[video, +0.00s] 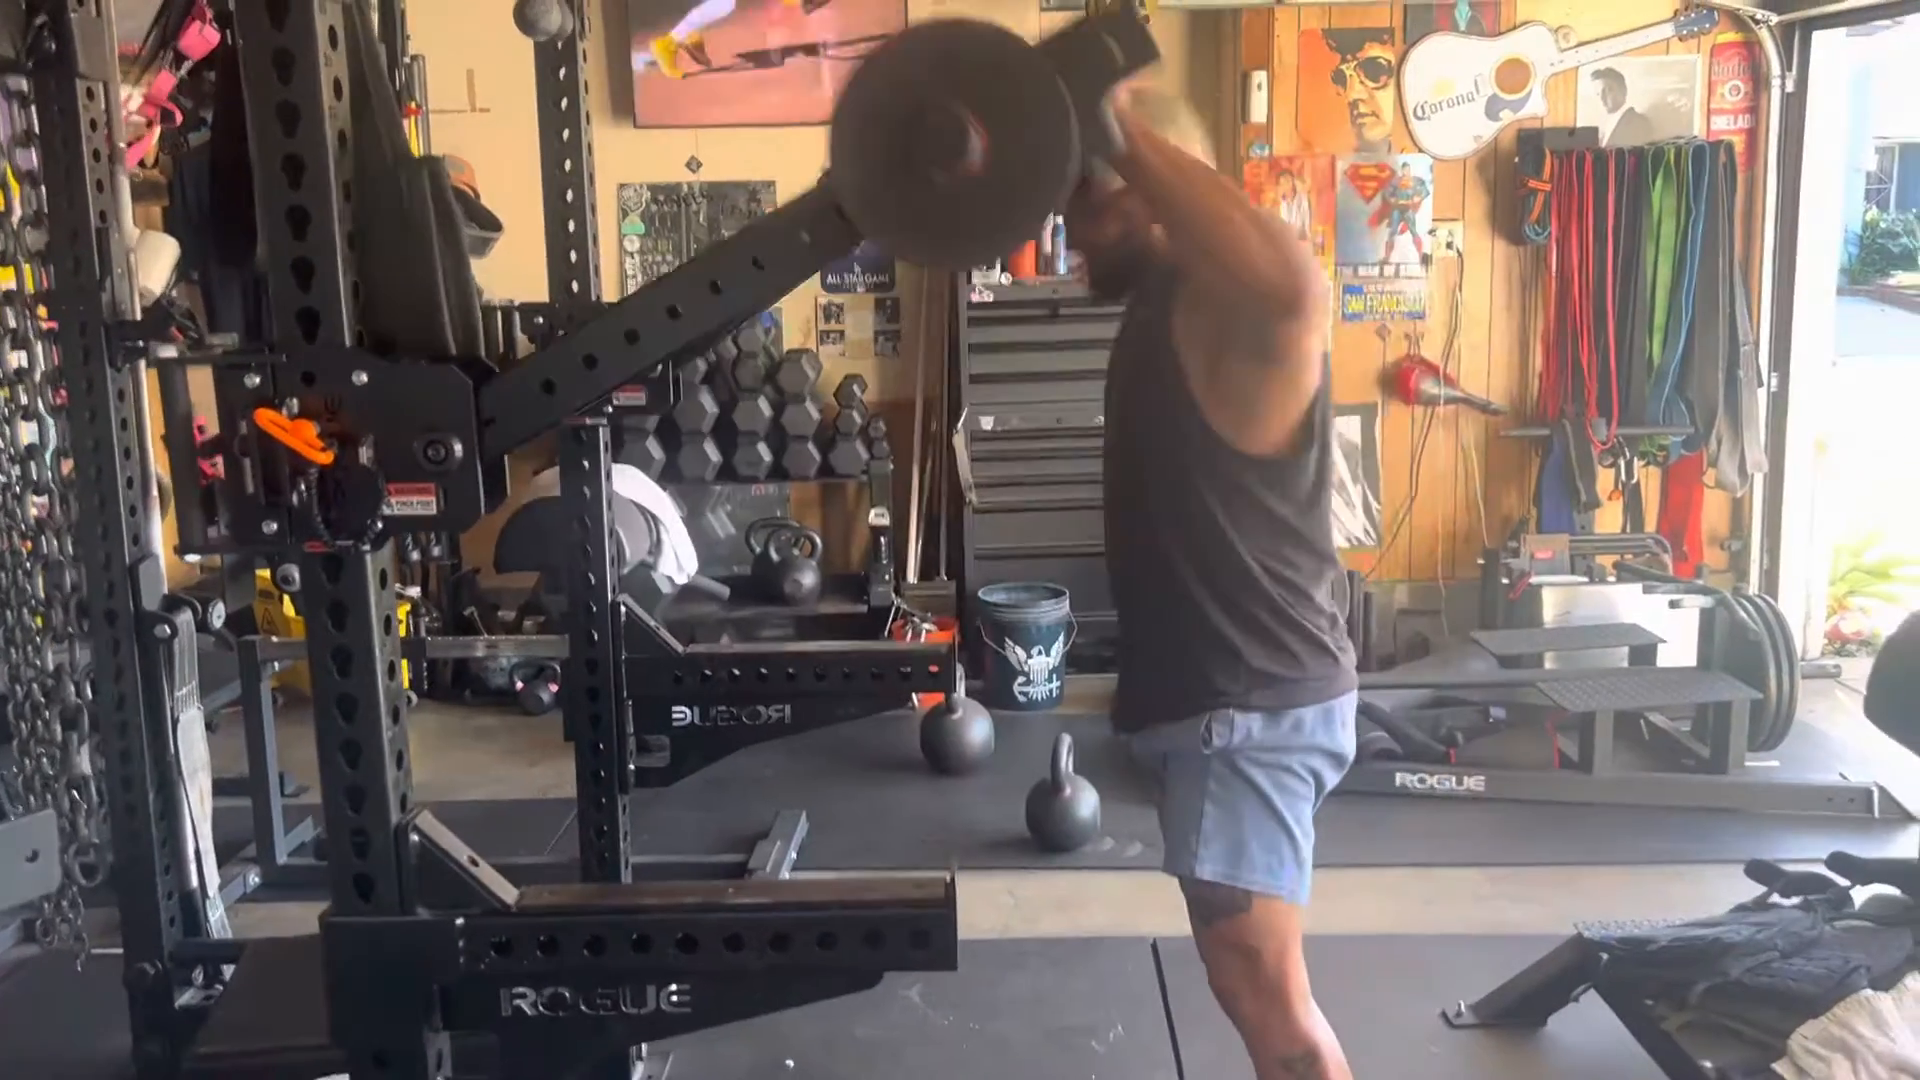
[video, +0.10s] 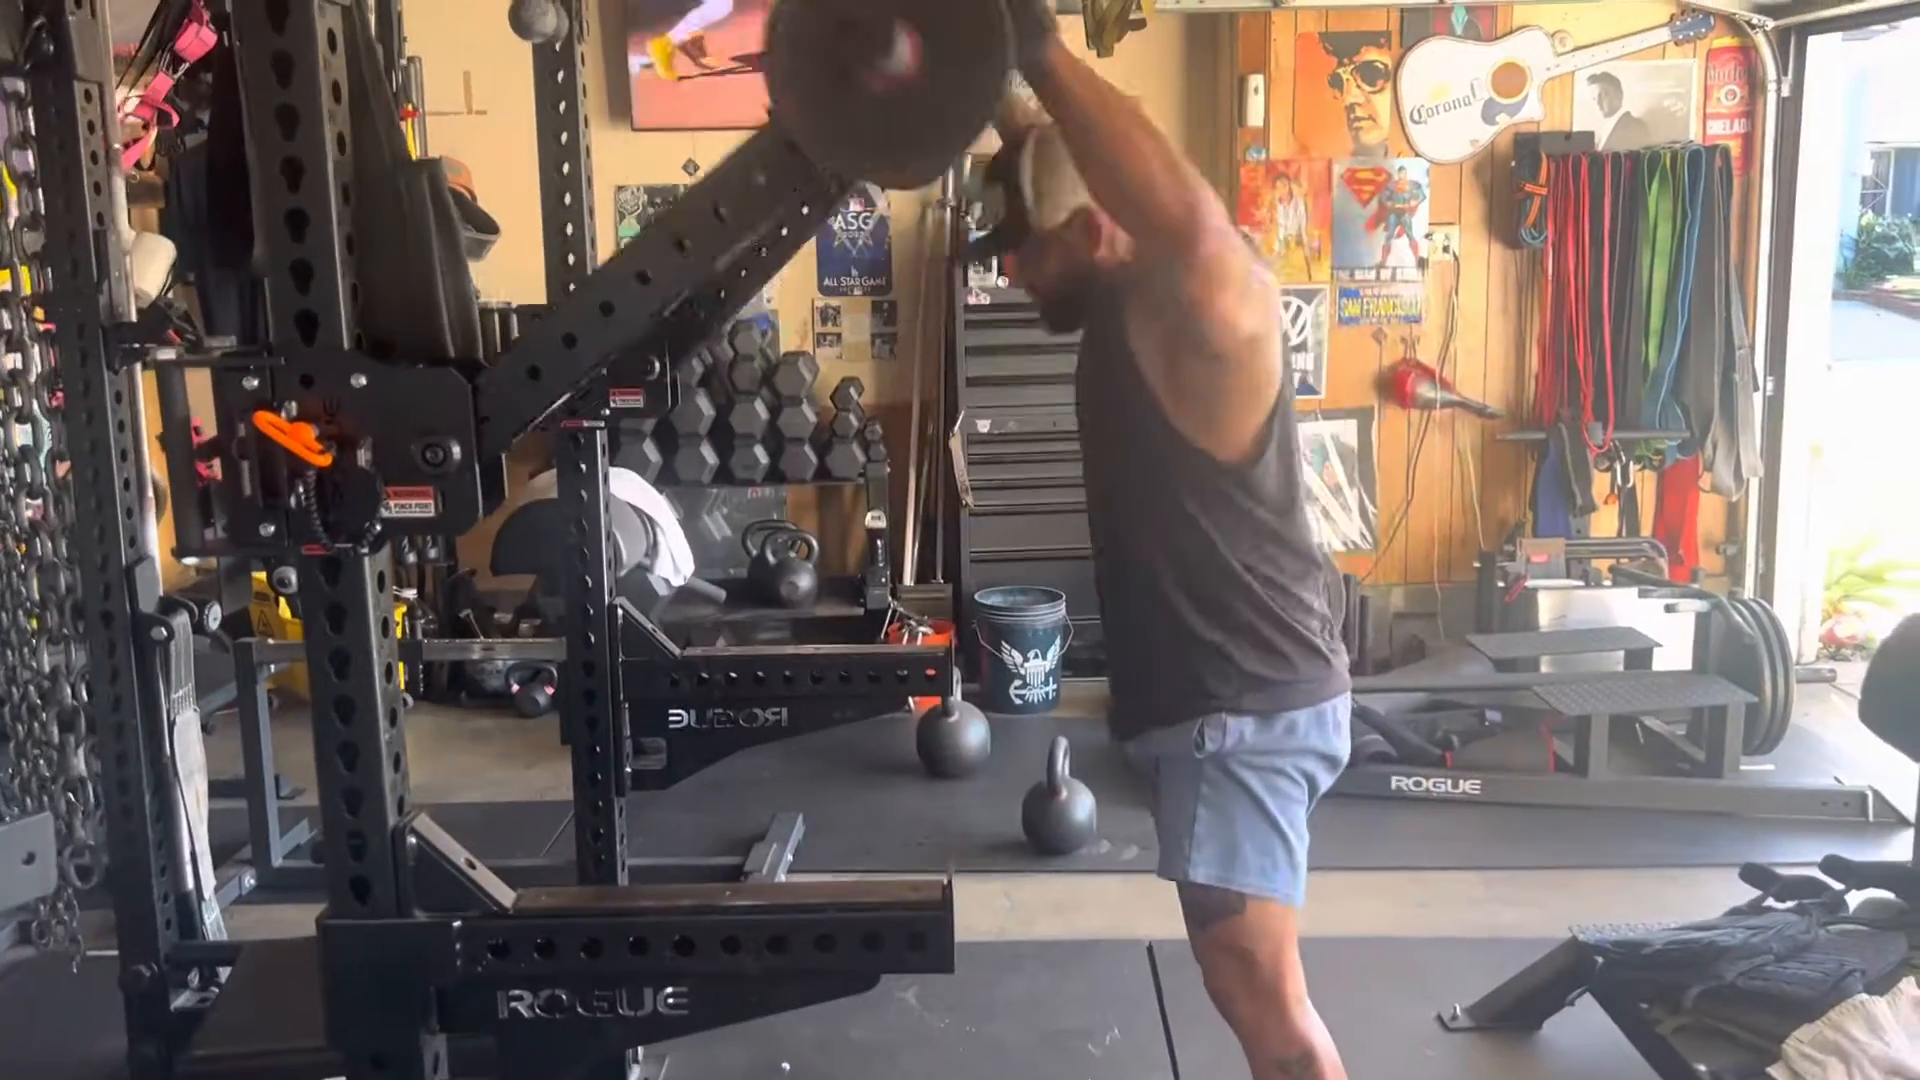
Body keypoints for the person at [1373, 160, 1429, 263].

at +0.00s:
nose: (1406, 172)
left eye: (1407, 170)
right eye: (1404, 170)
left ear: (1410, 170)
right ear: (1401, 171)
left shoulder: (1417, 181)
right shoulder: (1396, 181)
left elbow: (1425, 192)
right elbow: (1386, 192)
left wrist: (1417, 199)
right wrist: (1391, 200)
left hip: (1409, 207)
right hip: (1397, 206)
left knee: (1413, 231)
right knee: (1392, 231)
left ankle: (1421, 255)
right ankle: (1387, 257)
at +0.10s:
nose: (1402, 177)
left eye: (1404, 174)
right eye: (1400, 174)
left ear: (1406, 174)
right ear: (1397, 175)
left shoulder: (1414, 185)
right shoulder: (1392, 185)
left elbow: (1422, 196)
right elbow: (1383, 196)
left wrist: (1414, 203)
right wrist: (1387, 203)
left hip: (1406, 211)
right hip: (1393, 210)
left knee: (1410, 235)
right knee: (1389, 235)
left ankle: (1417, 259)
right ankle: (1383, 260)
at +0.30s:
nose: (1400, 186)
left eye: (1402, 184)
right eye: (1398, 184)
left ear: (1405, 184)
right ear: (1395, 184)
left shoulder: (1412, 196)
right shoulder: (1389, 196)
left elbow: (1420, 207)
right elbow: (1380, 208)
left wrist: (1413, 213)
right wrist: (1385, 214)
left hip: (1404, 221)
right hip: (1392, 221)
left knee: (1408, 245)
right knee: (1387, 246)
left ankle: (1415, 270)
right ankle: (1381, 272)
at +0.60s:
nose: (1400, 201)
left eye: (1401, 199)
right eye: (1398, 199)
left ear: (1404, 200)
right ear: (1395, 200)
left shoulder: (1411, 210)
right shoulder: (1390, 211)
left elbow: (1420, 222)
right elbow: (1380, 222)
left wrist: (1413, 228)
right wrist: (1385, 229)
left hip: (1404, 236)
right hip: (1392, 236)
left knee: (1408, 260)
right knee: (1387, 261)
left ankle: (1414, 285)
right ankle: (1381, 286)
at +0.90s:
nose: (1396, 214)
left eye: (1398, 212)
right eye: (1394, 212)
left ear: (1401, 213)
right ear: (1391, 213)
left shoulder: (1408, 224)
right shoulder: (1385, 224)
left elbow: (1416, 235)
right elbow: (1376, 235)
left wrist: (1409, 242)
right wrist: (1381, 243)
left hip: (1400, 249)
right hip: (1388, 248)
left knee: (1404, 273)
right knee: (1383, 274)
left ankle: (1410, 298)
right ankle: (1376, 299)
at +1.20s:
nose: (1391, 227)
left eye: (1392, 224)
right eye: (1389, 225)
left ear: (1395, 225)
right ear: (1386, 225)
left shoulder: (1402, 235)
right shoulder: (1381, 236)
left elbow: (1410, 247)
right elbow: (1371, 247)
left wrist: (1403, 253)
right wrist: (1376, 254)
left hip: (1394, 261)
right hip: (1383, 260)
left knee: (1398, 285)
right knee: (1377, 284)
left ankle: (1405, 308)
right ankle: (1371, 308)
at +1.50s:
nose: (1388, 240)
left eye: (1389, 238)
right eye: (1386, 238)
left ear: (1392, 238)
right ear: (1383, 238)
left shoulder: (1399, 248)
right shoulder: (1378, 248)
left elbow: (1407, 260)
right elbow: (1368, 259)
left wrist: (1400, 266)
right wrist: (1372, 266)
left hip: (1391, 273)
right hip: (1379, 273)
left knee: (1395, 297)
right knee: (1373, 298)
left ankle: (1401, 322)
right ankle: (1368, 322)